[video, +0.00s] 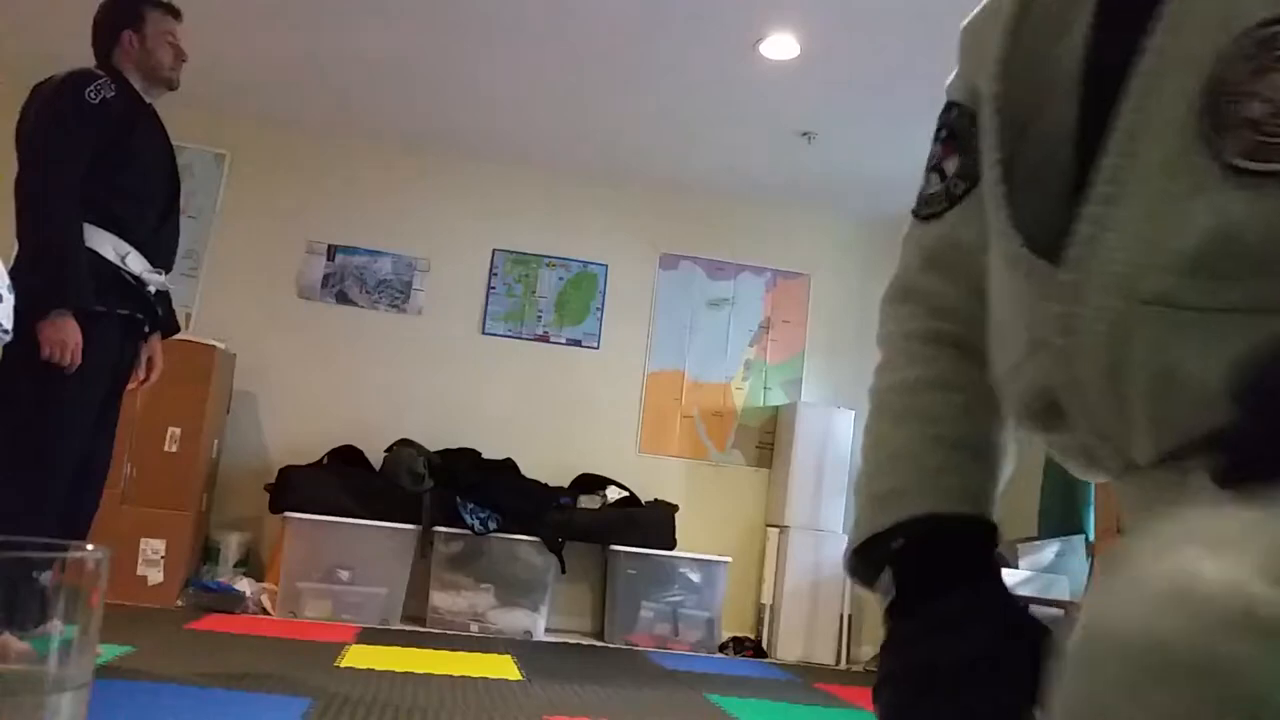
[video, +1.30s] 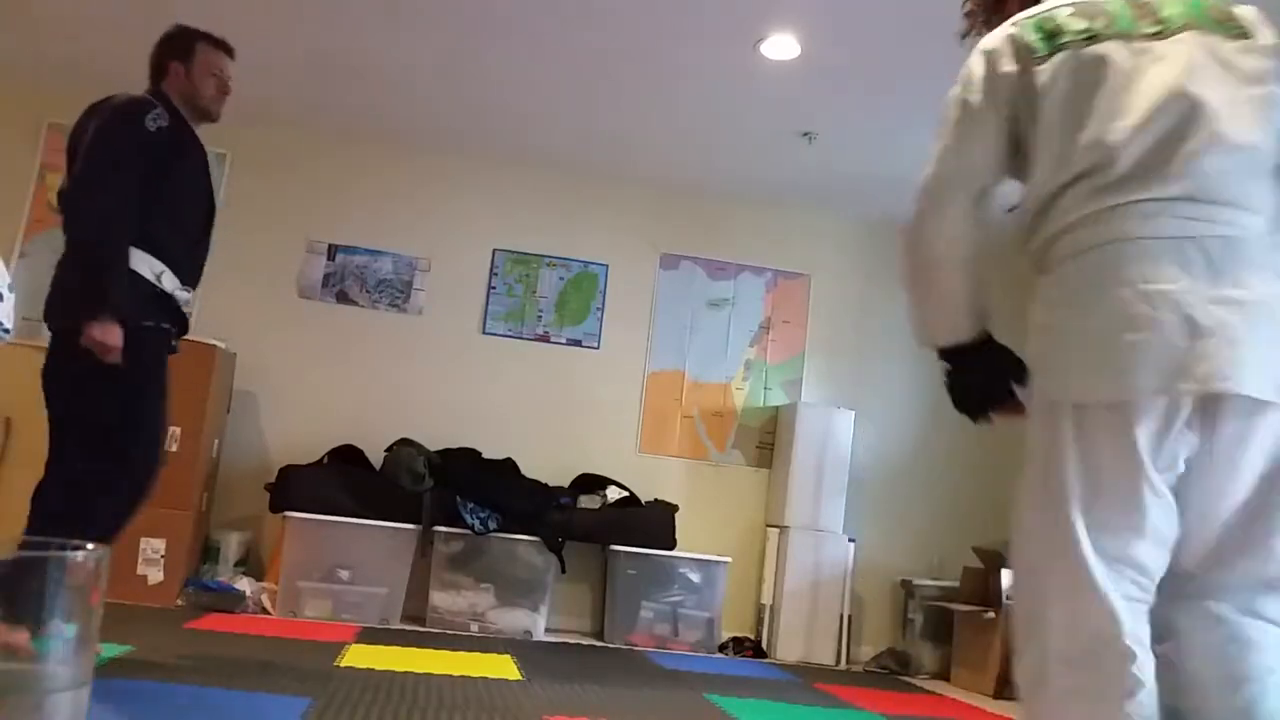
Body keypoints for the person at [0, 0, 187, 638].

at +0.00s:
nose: (183, 51)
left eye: (182, 40)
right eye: (171, 37)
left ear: (139, 45)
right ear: (130, 41)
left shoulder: (149, 126)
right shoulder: (73, 95)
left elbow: (147, 237)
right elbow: (47, 203)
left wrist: (154, 323)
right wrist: (55, 306)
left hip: (113, 325)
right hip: (62, 317)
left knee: (80, 477)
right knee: (37, 469)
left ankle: (39, 614)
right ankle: (9, 619)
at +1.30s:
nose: (227, 89)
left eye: (230, 80)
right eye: (217, 75)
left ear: (190, 80)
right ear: (175, 71)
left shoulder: (173, 138)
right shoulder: (137, 120)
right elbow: (104, 212)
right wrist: (102, 310)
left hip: (131, 330)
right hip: (114, 328)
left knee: (90, 466)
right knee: (123, 465)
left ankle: (38, 605)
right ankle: (28, 601)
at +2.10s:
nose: (368, 139)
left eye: (372, 129)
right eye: (362, 124)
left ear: (314, 118)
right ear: (327, 114)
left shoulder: (253, 151)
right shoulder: (307, 156)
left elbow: (246, 257)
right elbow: (312, 249)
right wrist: (350, 337)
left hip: (201, 322)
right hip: (256, 328)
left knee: (206, 468)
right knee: (267, 484)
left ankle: (116, 603)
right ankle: (230, 646)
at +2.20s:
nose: (374, 142)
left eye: (377, 131)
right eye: (369, 127)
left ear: (324, 119)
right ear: (334, 115)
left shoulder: (259, 154)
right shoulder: (317, 159)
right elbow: (345, 252)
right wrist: (388, 335)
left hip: (208, 323)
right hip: (262, 330)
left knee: (207, 472)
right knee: (266, 489)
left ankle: (143, 617)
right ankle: (230, 646)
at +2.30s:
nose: (376, 143)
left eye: (380, 132)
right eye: (371, 127)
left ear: (321, 119)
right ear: (335, 115)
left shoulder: (261, 156)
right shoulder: (322, 158)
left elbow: (259, 263)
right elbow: (354, 256)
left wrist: (317, 337)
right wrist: (408, 335)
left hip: (215, 321)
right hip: (269, 324)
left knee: (203, 474)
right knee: (268, 487)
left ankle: (166, 626)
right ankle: (231, 646)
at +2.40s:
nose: (375, 148)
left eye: (379, 137)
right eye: (371, 132)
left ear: (321, 124)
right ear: (336, 120)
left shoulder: (262, 161)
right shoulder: (321, 162)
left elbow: (271, 263)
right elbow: (342, 261)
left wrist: (337, 329)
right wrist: (409, 329)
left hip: (223, 326)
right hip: (275, 329)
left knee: (210, 479)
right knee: (271, 488)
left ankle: (171, 628)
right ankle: (231, 646)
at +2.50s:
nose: (377, 156)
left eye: (379, 144)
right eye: (372, 139)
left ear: (324, 131)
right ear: (336, 127)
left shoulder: (261, 169)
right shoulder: (321, 170)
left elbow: (283, 272)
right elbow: (326, 263)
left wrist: (354, 312)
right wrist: (400, 315)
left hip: (221, 330)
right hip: (277, 333)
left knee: (211, 478)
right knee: (306, 485)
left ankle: (170, 629)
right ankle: (240, 636)